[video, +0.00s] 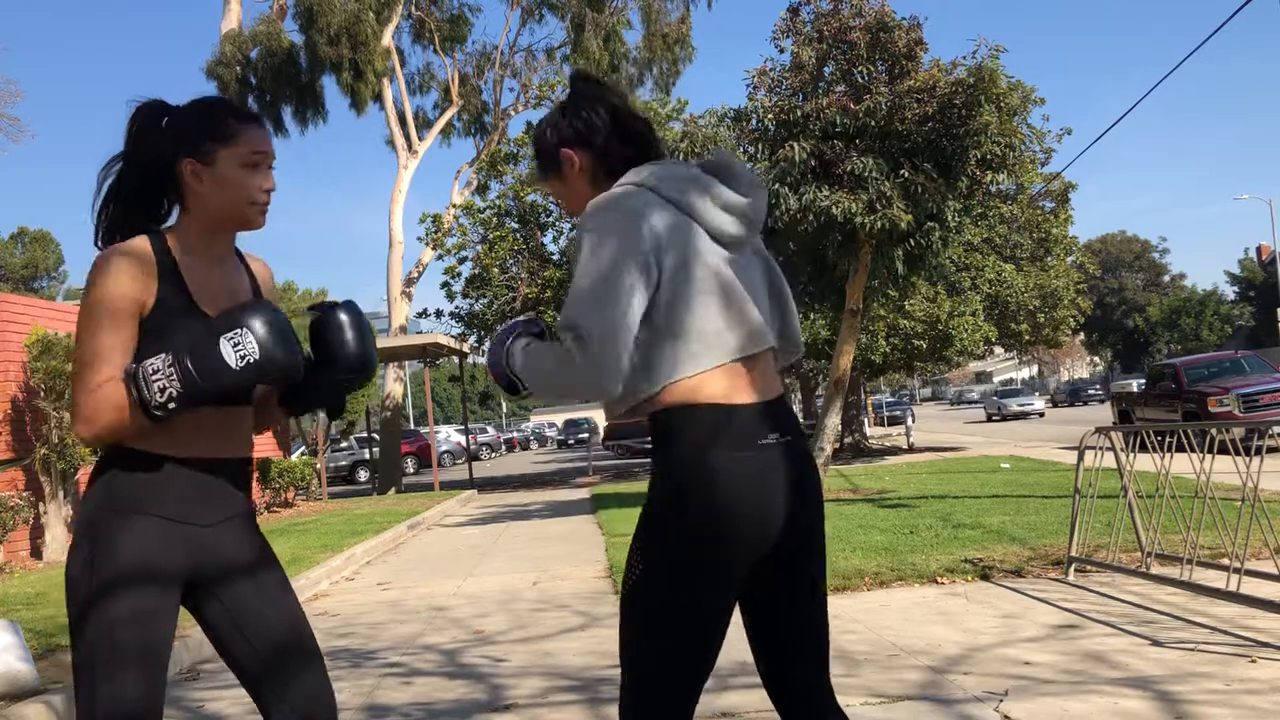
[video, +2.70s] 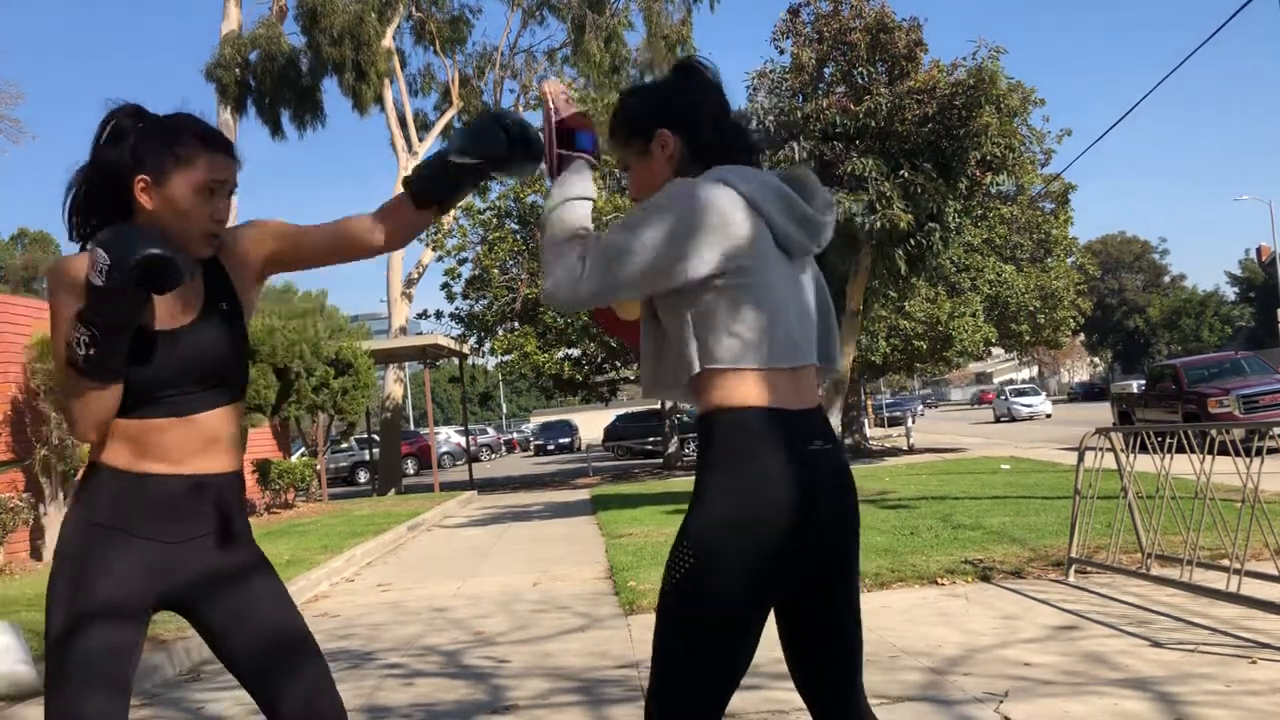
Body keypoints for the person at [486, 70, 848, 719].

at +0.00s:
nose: (562, 210)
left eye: (554, 191)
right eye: (554, 197)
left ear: (574, 160)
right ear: (632, 145)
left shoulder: (618, 213)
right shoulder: (719, 204)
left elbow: (592, 367)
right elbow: (783, 336)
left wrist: (516, 349)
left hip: (705, 476)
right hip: (786, 466)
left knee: (653, 704)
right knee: (807, 694)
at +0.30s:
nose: (621, 191)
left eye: (615, 174)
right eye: (614, 176)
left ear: (634, 157)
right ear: (694, 138)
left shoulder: (681, 213)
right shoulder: (765, 206)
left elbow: (694, 366)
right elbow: (808, 347)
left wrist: (608, 345)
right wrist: (660, 317)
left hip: (741, 472)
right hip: (818, 463)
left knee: (700, 701)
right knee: (828, 689)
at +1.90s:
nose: (626, 160)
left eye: (632, 140)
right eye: (627, 142)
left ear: (676, 135)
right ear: (679, 136)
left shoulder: (708, 203)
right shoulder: (765, 202)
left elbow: (639, 343)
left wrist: (577, 252)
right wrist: (623, 353)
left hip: (750, 477)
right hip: (820, 469)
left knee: (682, 704)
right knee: (836, 697)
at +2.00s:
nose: (639, 164)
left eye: (645, 144)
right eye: (639, 147)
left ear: (690, 137)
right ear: (693, 135)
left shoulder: (724, 206)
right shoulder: (783, 206)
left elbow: (621, 325)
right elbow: (740, 345)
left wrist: (594, 213)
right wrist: (629, 346)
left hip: (757, 478)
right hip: (826, 471)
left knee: (686, 705)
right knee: (838, 701)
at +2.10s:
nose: (657, 166)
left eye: (662, 146)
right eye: (655, 149)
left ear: (707, 137)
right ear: (714, 136)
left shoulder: (738, 205)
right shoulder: (795, 206)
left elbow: (622, 298)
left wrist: (621, 191)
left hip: (766, 472)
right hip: (832, 468)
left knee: (698, 702)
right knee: (839, 695)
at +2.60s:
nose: (651, 176)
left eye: (656, 154)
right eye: (649, 158)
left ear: (691, 146)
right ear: (739, 143)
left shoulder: (721, 202)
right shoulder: (793, 206)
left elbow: (582, 243)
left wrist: (630, 140)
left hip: (753, 483)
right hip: (827, 477)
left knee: (678, 705)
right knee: (836, 698)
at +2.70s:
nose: (629, 187)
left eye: (629, 166)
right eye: (624, 169)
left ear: (665, 146)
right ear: (694, 139)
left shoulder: (699, 202)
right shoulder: (778, 207)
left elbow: (567, 283)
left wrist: (572, 165)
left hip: (746, 473)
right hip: (822, 469)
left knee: (679, 703)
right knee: (840, 697)